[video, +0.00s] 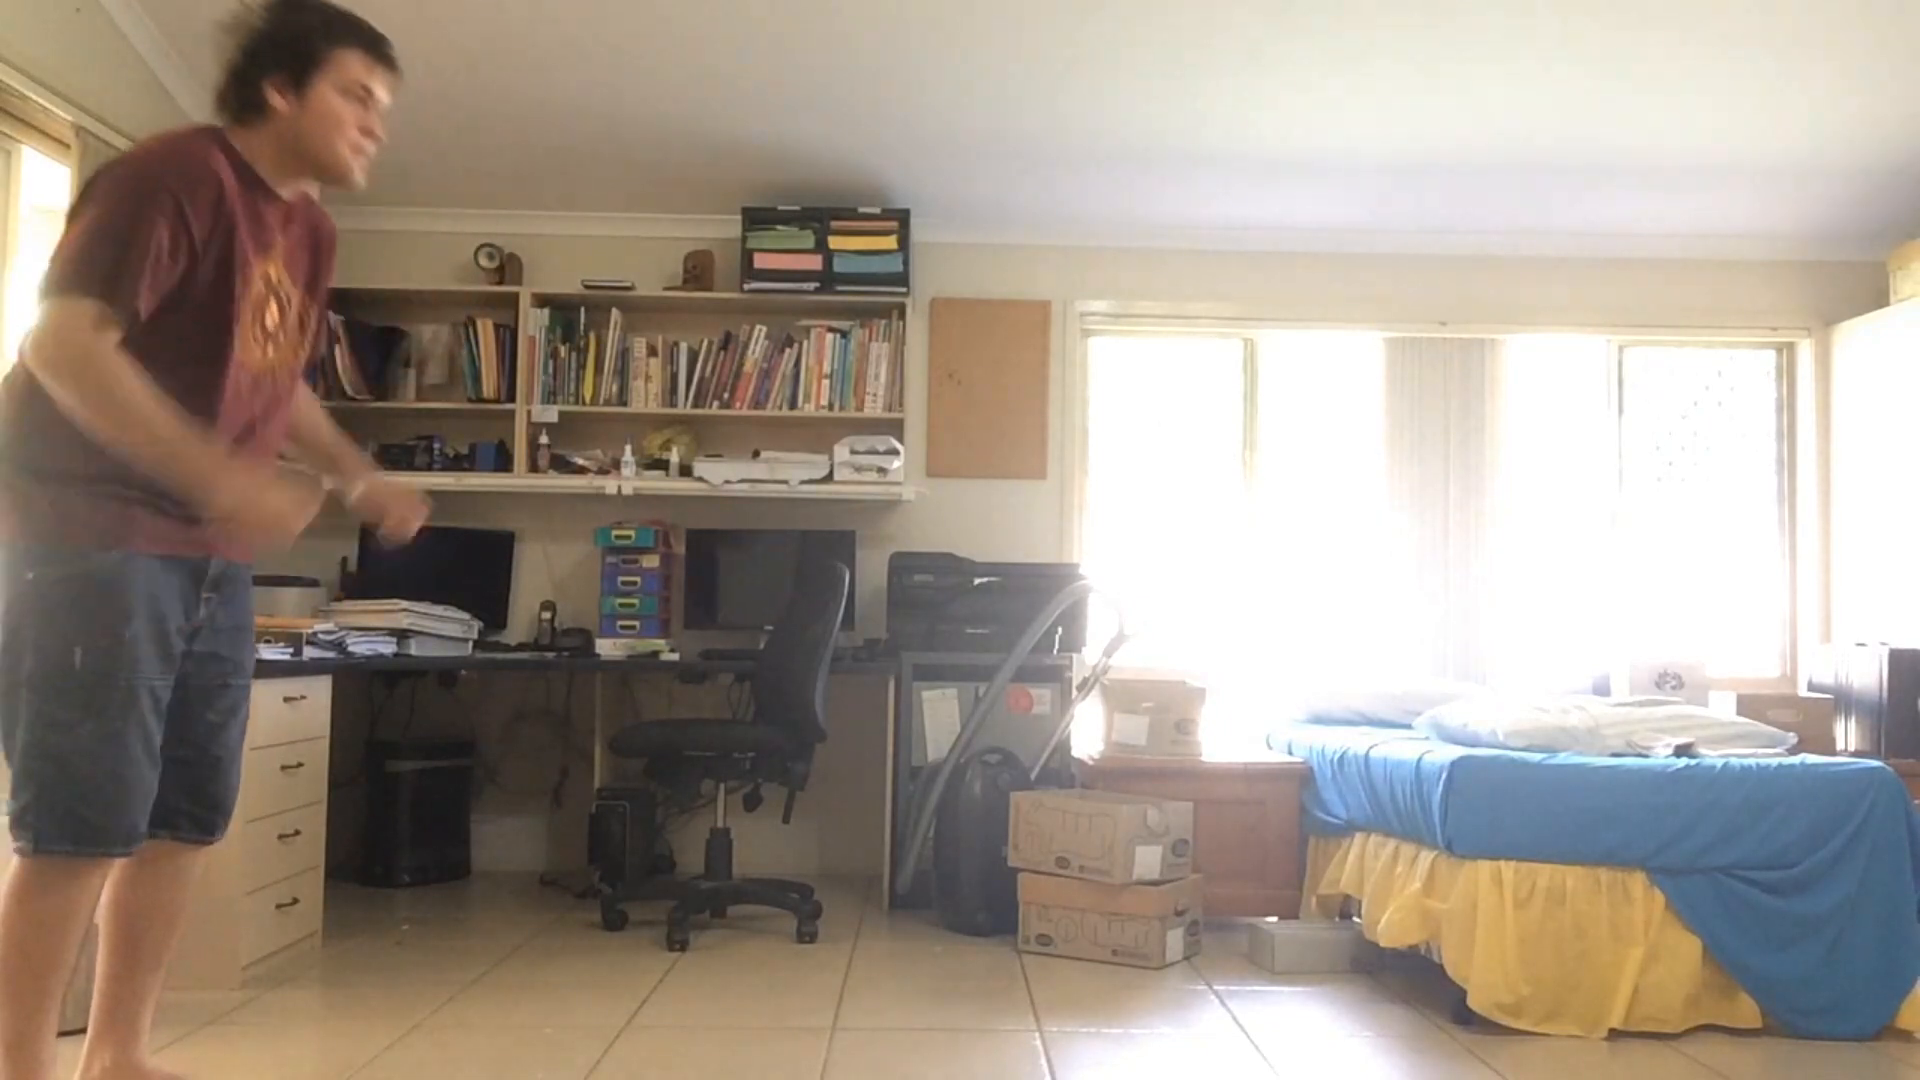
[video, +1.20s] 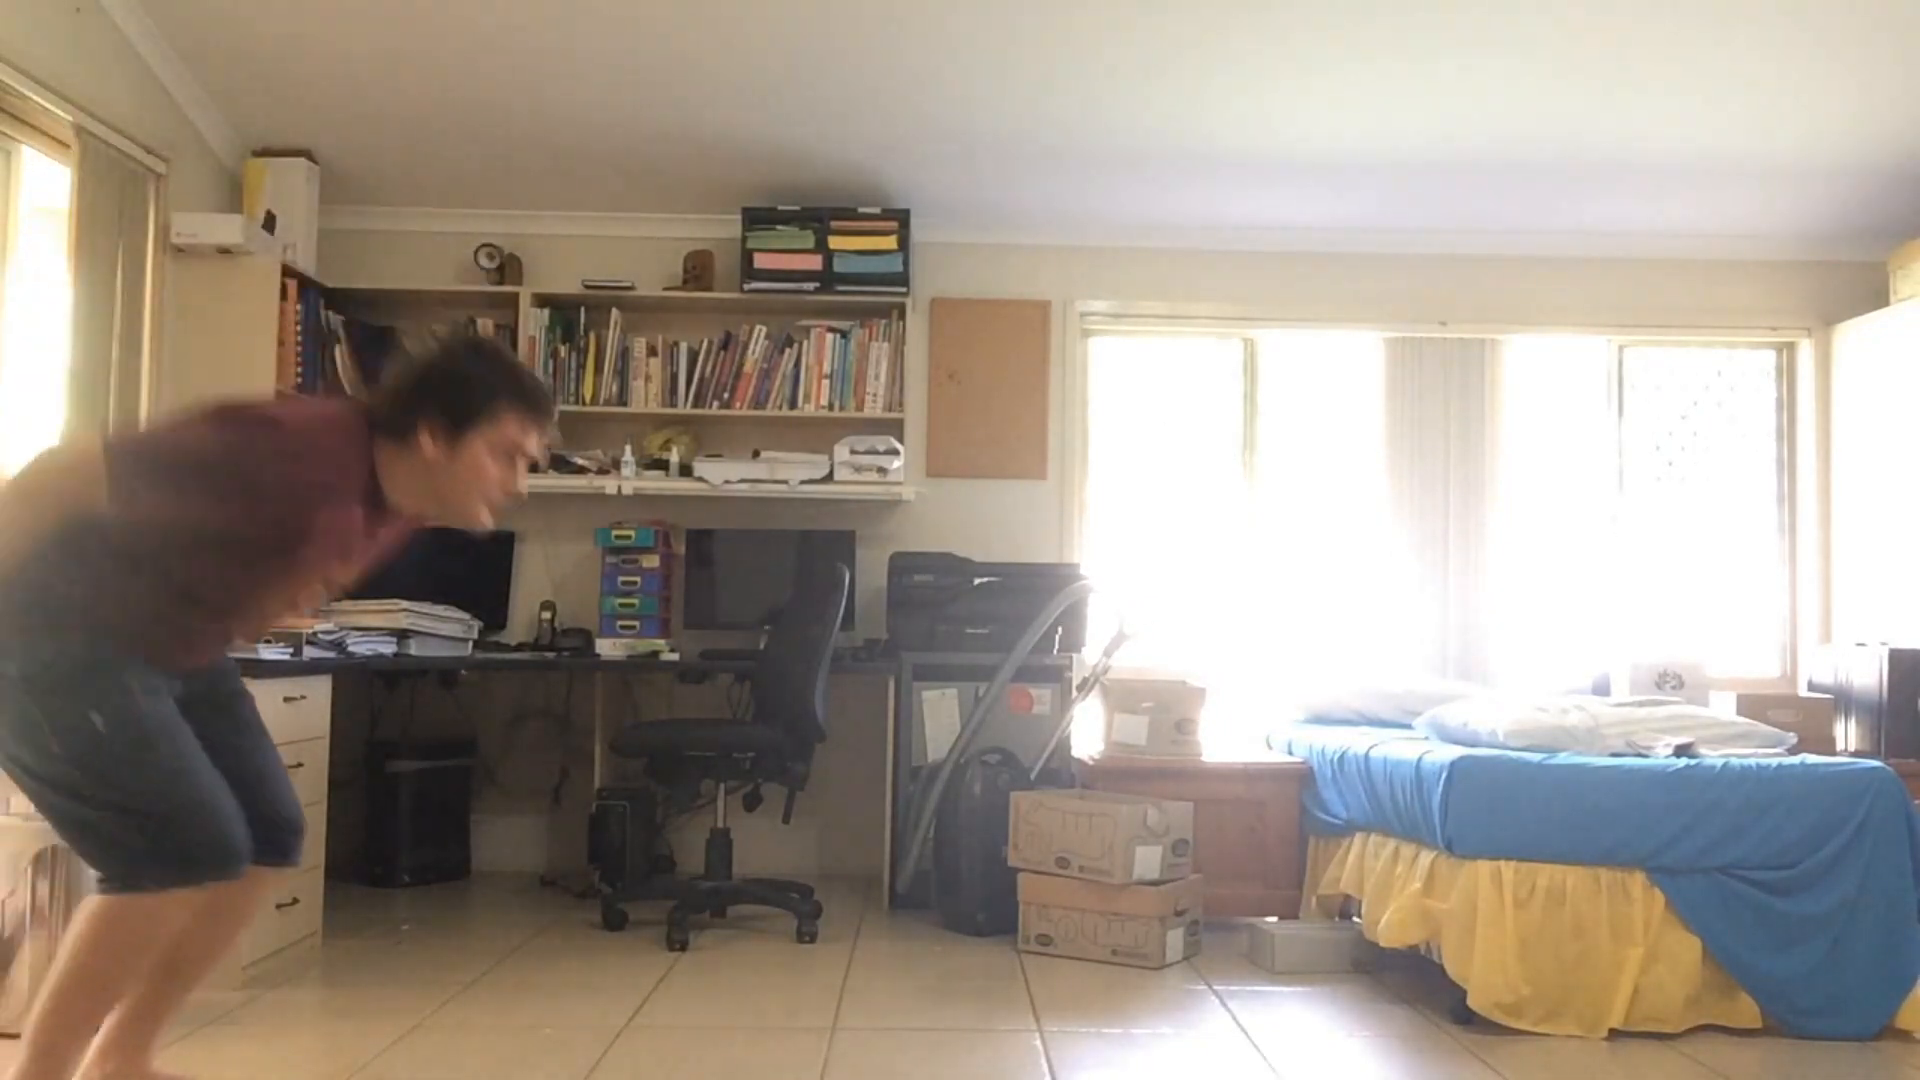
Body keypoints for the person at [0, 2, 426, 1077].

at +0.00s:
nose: (378, 124)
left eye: (383, 108)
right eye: (360, 96)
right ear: (282, 89)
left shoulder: (311, 231)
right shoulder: (174, 174)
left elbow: (274, 386)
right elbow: (63, 340)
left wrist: (360, 478)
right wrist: (216, 477)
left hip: (213, 551)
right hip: (91, 542)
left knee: (176, 824)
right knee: (74, 829)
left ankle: (116, 1058)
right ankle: (25, 1062)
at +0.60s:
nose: (278, 61)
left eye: (282, 44)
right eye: (256, 34)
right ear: (178, 42)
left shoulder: (250, 204)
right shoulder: (90, 147)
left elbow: (227, 373)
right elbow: (11, 325)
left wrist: (240, 518)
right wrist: (89, 509)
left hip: (222, 555)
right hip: (102, 546)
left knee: (172, 818)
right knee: (67, 824)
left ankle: (116, 1054)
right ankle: (19, 1060)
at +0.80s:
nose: (366, 123)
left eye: (372, 107)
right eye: (347, 93)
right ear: (268, 85)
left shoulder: (296, 235)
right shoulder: (145, 171)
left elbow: (232, 390)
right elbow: (5, 303)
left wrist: (204, 525)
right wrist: (1, 498)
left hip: (201, 558)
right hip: (74, 543)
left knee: (168, 818)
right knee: (58, 825)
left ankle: (117, 1052)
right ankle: (18, 1063)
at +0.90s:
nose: (421, 193)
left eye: (426, 176)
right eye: (404, 164)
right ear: (324, 156)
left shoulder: (332, 293)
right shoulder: (189, 218)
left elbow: (243, 420)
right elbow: (11, 300)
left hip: (182, 560)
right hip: (57, 545)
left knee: (180, 814)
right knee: (67, 820)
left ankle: (115, 1056)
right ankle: (17, 1061)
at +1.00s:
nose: (465, 292)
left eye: (471, 273)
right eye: (449, 262)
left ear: (383, 262)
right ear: (372, 248)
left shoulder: (360, 363)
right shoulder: (226, 290)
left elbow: (229, 476)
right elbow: (26, 333)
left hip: (166, 582)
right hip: (45, 567)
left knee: (208, 806)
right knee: (96, 815)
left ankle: (117, 1056)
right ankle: (20, 1063)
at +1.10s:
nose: (490, 400)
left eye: (498, 384)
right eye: (479, 373)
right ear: (404, 350)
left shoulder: (378, 438)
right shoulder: (250, 379)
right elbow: (32, 386)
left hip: (166, 604)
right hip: (47, 583)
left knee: (239, 816)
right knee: (134, 834)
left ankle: (118, 1059)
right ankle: (25, 1065)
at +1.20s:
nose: (519, 486)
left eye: (529, 466)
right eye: (509, 457)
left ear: (437, 442)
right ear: (435, 435)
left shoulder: (397, 504)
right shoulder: (294, 453)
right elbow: (68, 475)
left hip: (178, 643)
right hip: (56, 623)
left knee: (268, 839)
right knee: (184, 852)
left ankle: (120, 1061)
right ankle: (34, 1069)